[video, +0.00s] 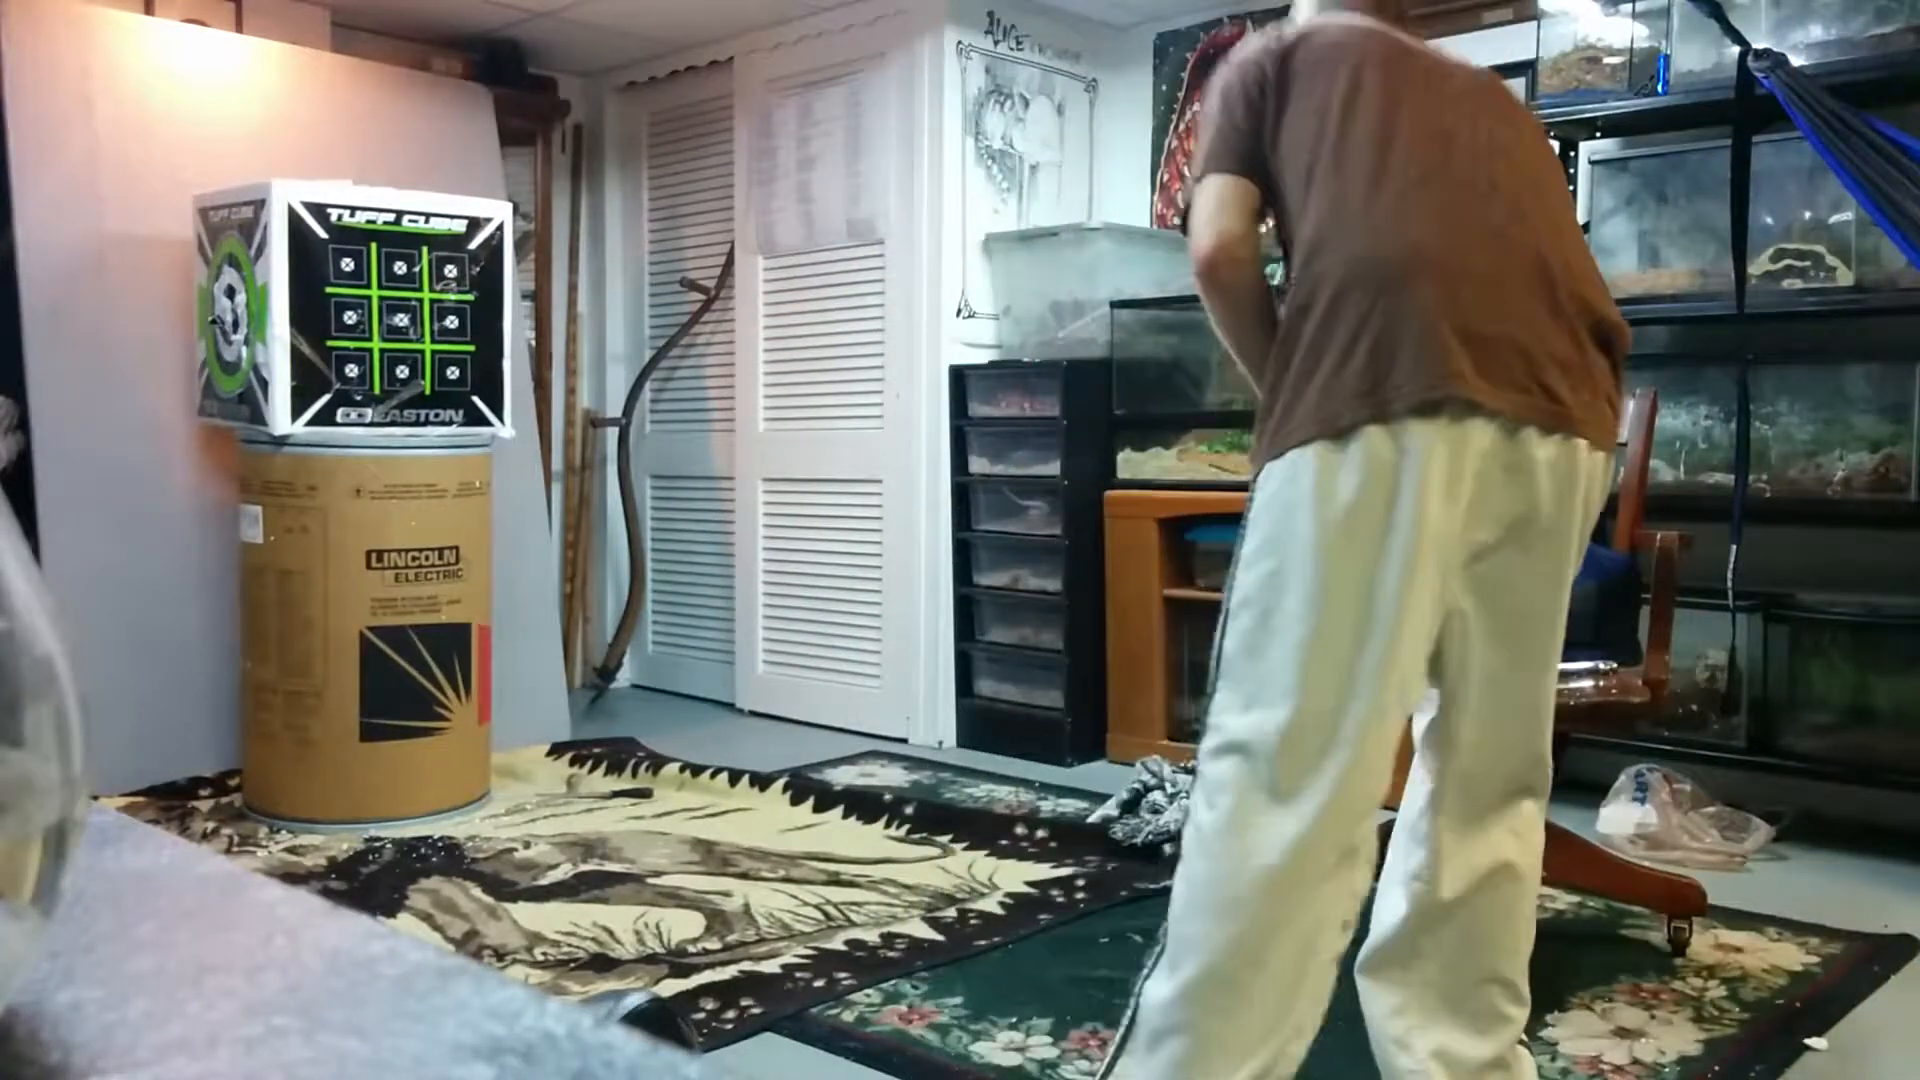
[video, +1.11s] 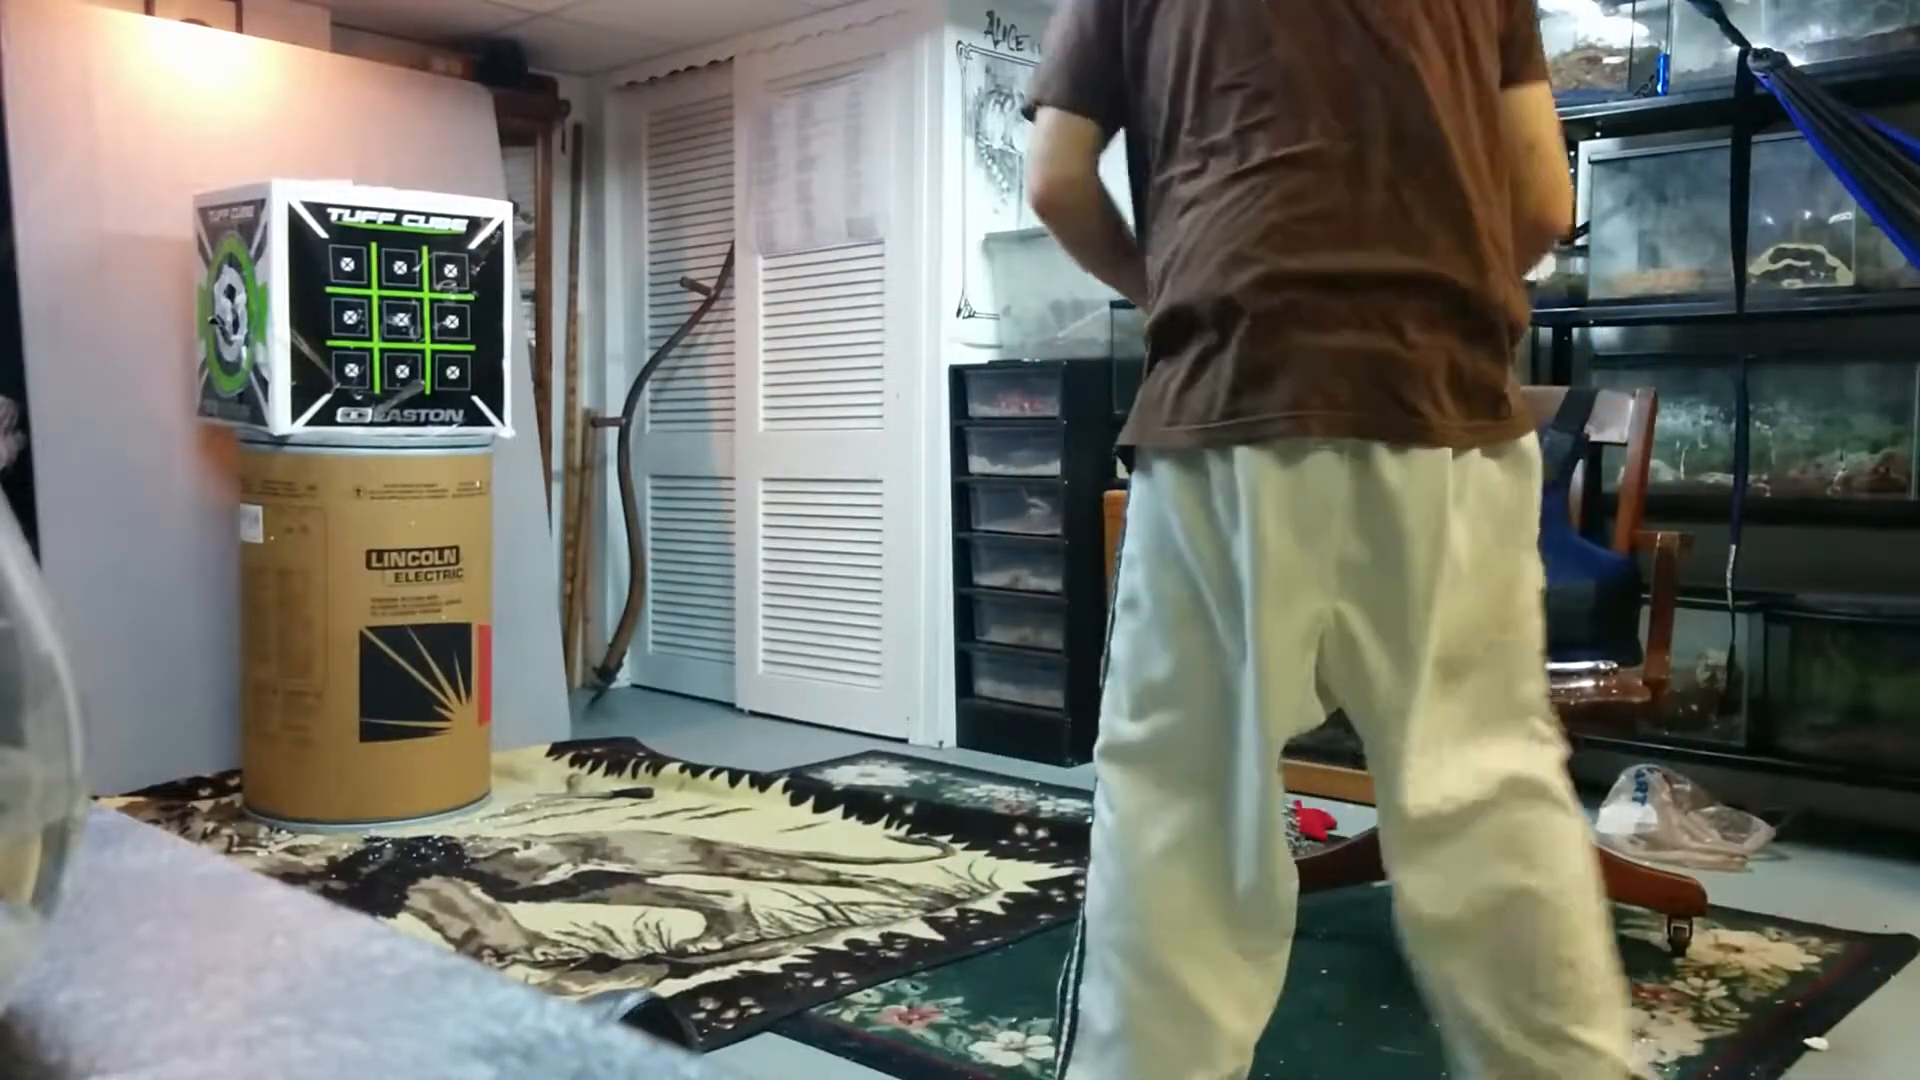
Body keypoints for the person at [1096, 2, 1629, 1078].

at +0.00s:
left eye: (1228, 67)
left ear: (1287, 27)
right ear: (1410, 18)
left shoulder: (1268, 56)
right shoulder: (1500, 99)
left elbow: (1219, 247)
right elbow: (1583, 295)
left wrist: (1286, 396)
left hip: (1379, 367)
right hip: (1563, 389)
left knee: (1284, 761)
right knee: (1490, 761)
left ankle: (1194, 1056)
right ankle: (1462, 1053)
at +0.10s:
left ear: (1327, 55)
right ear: (1427, 67)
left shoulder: (1286, 94)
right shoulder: (1517, 138)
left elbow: (1236, 261)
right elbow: (1609, 330)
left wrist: (1290, 414)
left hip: (1393, 374)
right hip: (1578, 398)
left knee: (1295, 760)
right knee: (1491, 757)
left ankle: (1194, 1058)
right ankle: (1464, 1054)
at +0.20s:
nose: (1242, 152)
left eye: (1242, 134)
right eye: (1232, 148)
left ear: (1285, 95)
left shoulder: (1300, 124)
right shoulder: (1520, 170)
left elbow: (1244, 274)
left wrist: (1293, 436)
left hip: (1403, 388)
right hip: (1591, 411)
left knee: (1298, 761)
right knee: (1484, 771)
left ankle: (1191, 1059)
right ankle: (1465, 1057)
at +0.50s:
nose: (1244, 133)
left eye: (1247, 118)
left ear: (1295, 88)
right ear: (1422, 102)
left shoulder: (1292, 118)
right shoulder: (1513, 160)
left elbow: (1236, 274)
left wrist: (1285, 440)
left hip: (1397, 390)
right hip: (1584, 413)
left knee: (1289, 765)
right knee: (1480, 771)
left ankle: (1188, 1058)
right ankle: (1463, 1057)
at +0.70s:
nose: (1221, 65)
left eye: (1226, 53)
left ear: (1278, 22)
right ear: (1398, 16)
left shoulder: (1255, 51)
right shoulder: (1493, 102)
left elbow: (1197, 249)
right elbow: (1565, 293)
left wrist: (1250, 417)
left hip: (1349, 387)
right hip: (1537, 402)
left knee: (1245, 771)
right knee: (1466, 778)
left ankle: (1167, 1056)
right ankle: (1456, 1053)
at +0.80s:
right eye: (1483, 16)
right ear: (1446, 4)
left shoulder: (1230, 21)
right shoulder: (1493, 63)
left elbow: (1164, 234)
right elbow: (1574, 328)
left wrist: (1231, 386)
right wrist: (1532, 440)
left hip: (1306, 385)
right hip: (1502, 398)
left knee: (1209, 782)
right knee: (1454, 791)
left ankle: (1155, 1056)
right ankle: (1453, 1055)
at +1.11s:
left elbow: (1057, 179)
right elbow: (1546, 199)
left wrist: (1169, 288)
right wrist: (1430, 288)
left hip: (1228, 369)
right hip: (1440, 372)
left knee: (1174, 780)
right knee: (1484, 762)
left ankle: (1145, 1059)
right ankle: (1568, 1058)